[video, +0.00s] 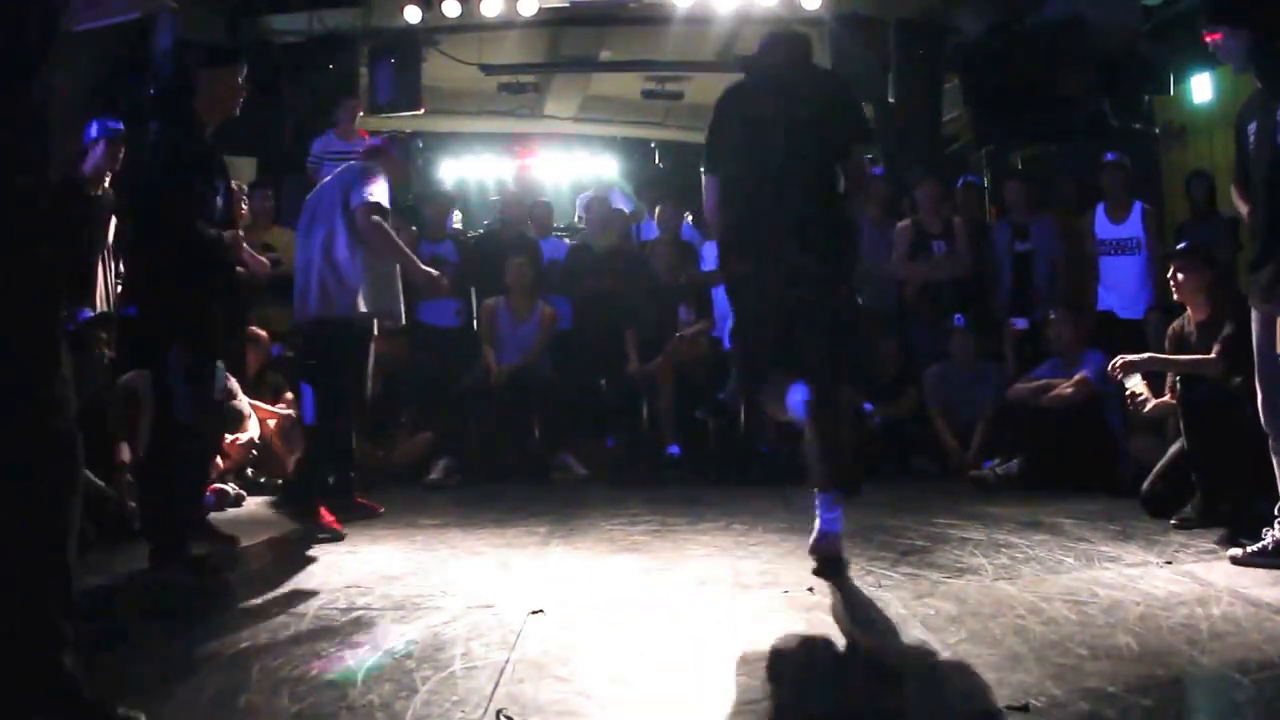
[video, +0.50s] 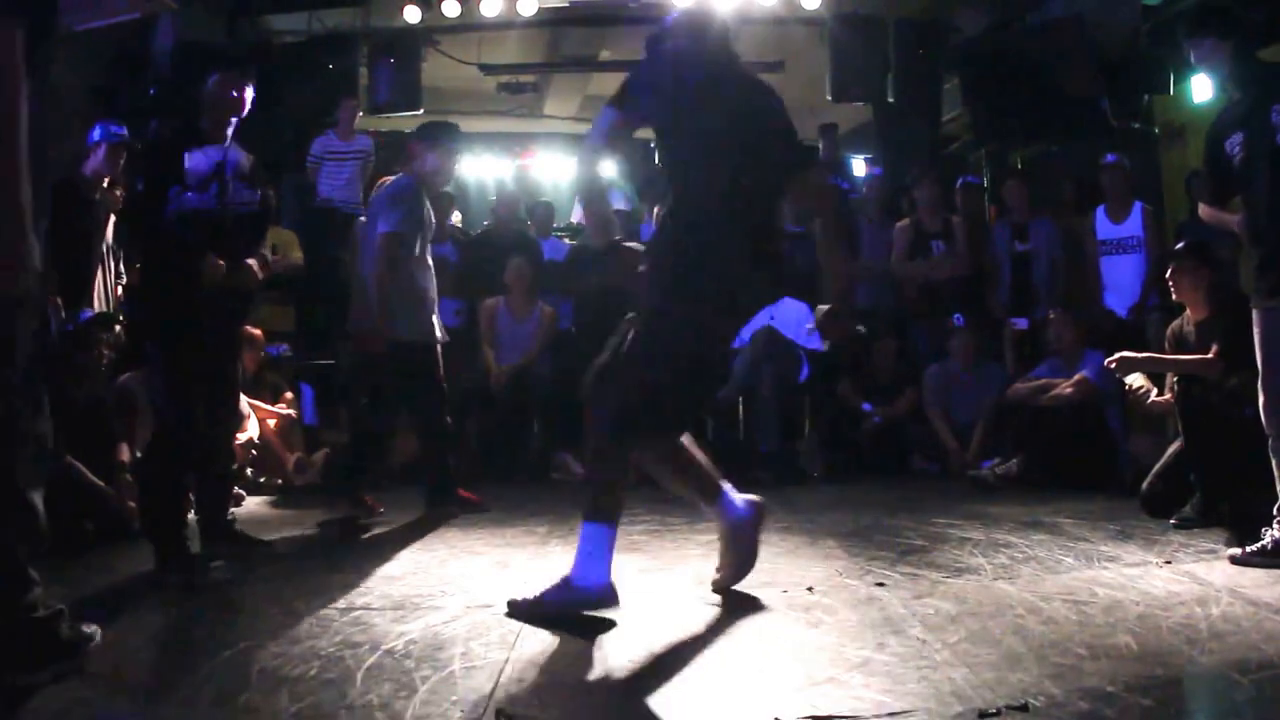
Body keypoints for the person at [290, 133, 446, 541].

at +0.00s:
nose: (404, 175)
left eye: (405, 168)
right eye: (403, 166)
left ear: (375, 151)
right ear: (390, 155)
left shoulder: (325, 187)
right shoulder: (371, 172)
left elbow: (310, 245)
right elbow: (369, 220)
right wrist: (420, 269)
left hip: (317, 308)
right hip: (345, 309)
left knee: (337, 407)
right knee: (338, 407)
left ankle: (343, 489)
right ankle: (307, 496)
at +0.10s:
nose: (411, 170)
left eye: (412, 163)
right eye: (410, 161)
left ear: (380, 149)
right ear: (393, 152)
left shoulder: (335, 185)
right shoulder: (375, 174)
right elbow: (374, 227)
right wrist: (415, 280)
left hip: (332, 309)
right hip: (362, 309)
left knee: (340, 406)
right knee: (372, 403)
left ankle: (343, 491)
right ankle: (341, 493)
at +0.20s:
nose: (414, 167)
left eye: (415, 158)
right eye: (411, 157)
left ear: (381, 149)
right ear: (394, 152)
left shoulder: (348, 183)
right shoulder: (381, 177)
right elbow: (379, 232)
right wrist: (398, 300)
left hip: (340, 313)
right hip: (372, 314)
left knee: (343, 409)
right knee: (393, 403)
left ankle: (342, 496)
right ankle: (381, 488)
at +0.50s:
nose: (452, 166)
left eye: (454, 157)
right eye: (447, 155)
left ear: (424, 154)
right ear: (420, 151)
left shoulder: (393, 191)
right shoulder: (406, 193)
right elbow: (387, 255)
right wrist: (385, 318)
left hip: (394, 325)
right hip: (410, 327)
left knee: (378, 412)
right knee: (434, 413)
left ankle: (355, 486)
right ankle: (442, 489)